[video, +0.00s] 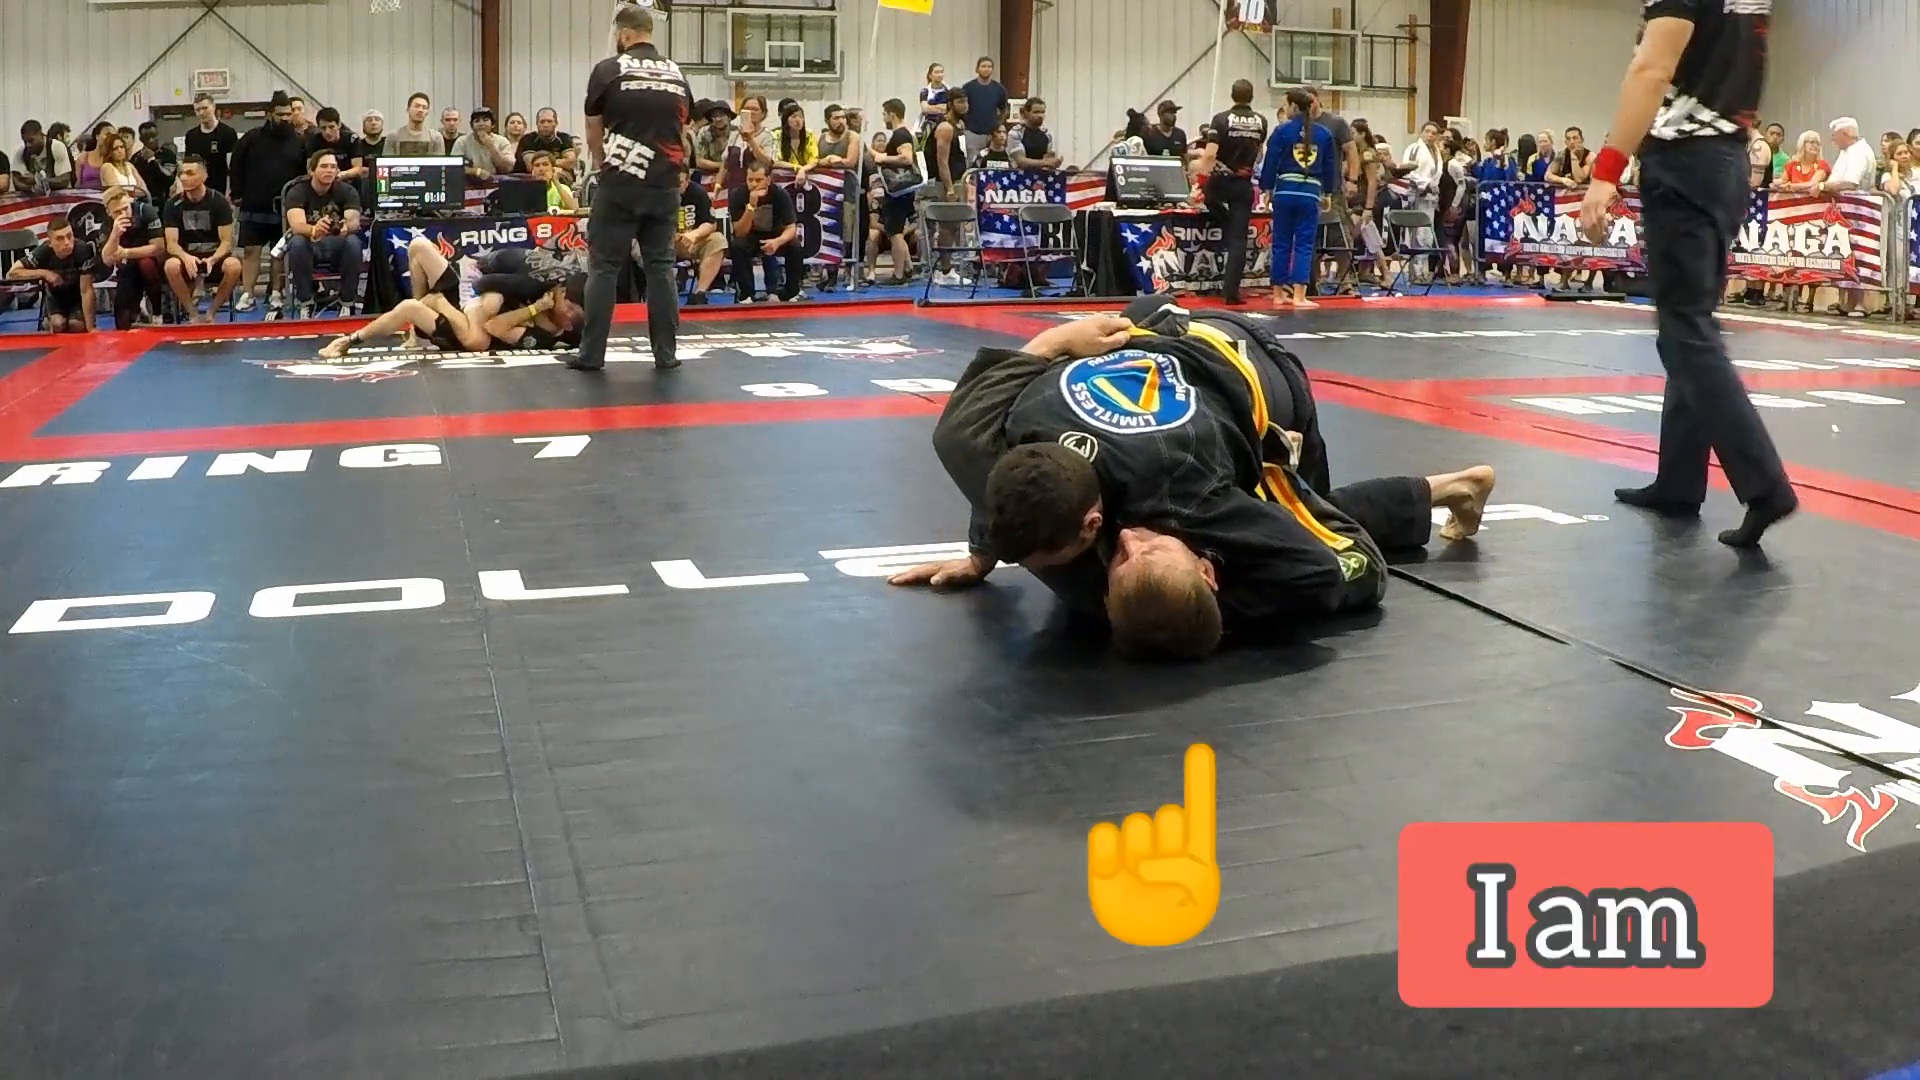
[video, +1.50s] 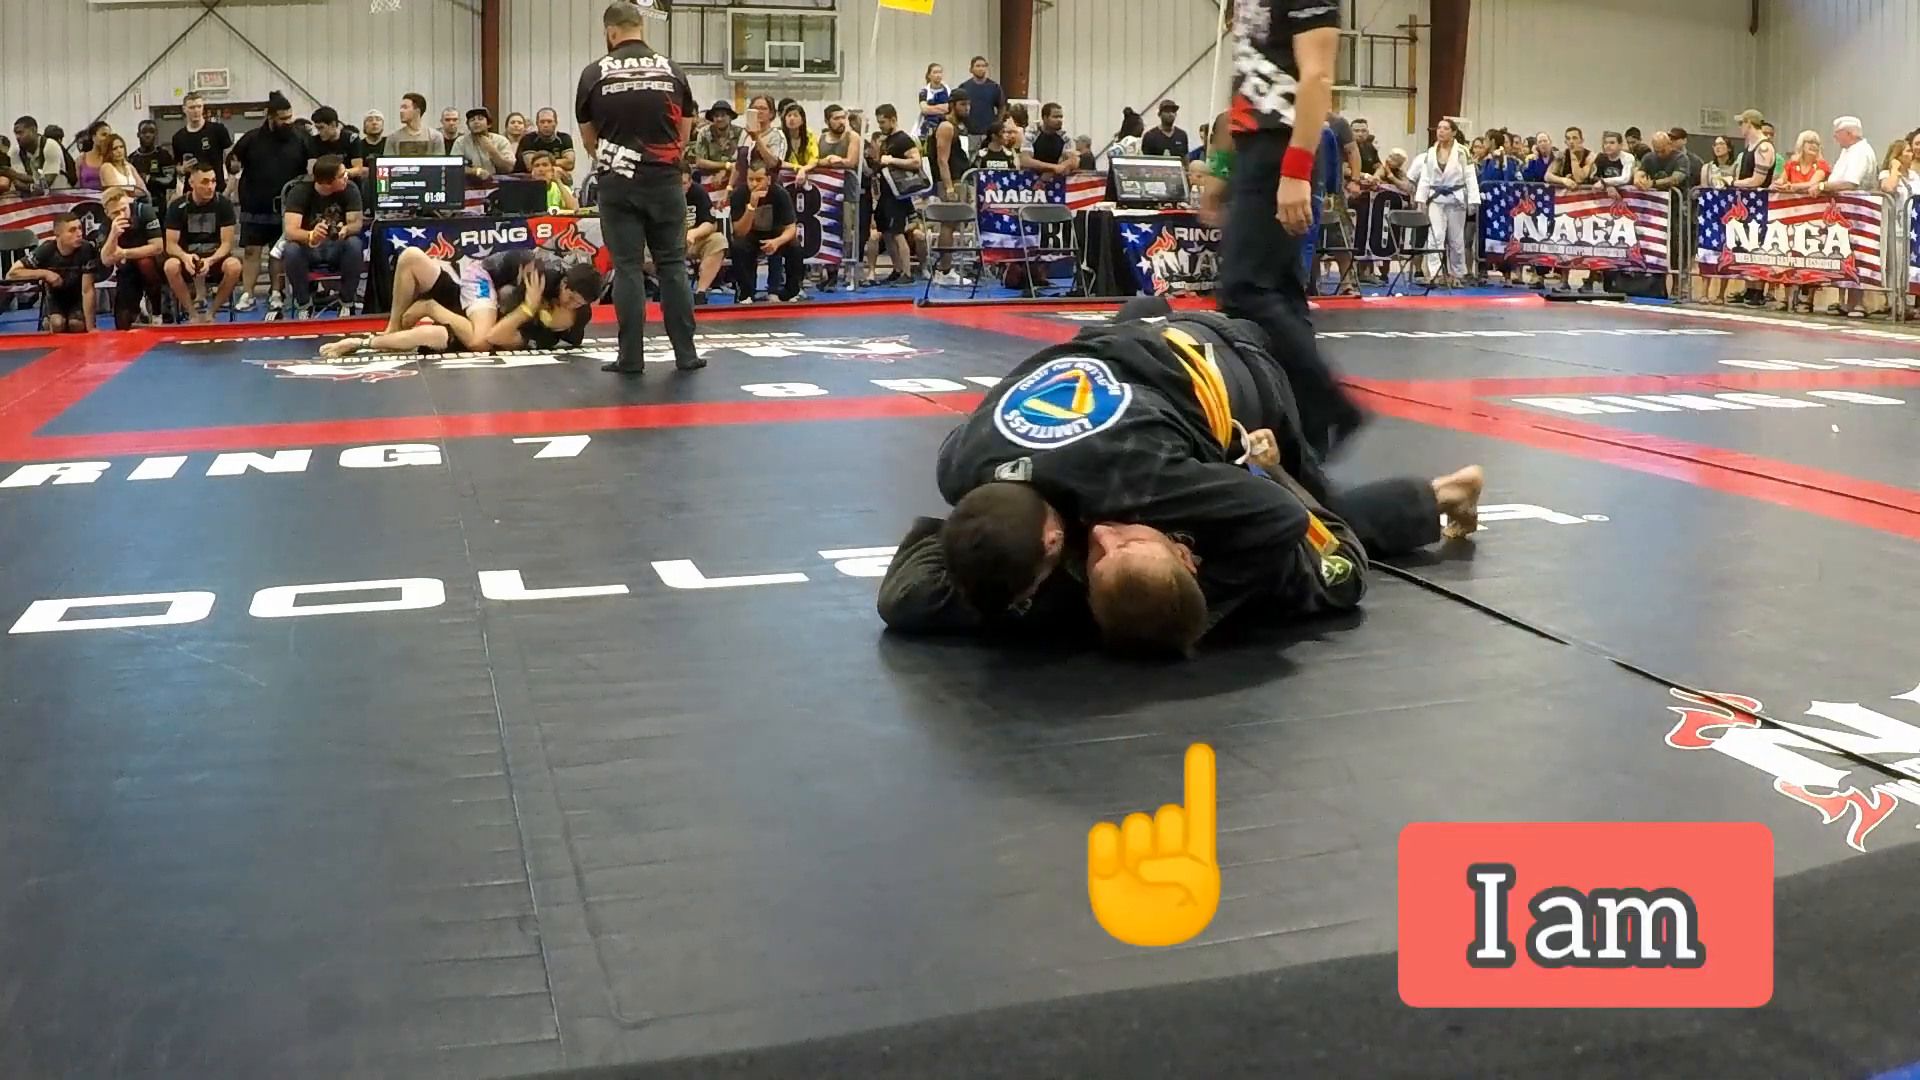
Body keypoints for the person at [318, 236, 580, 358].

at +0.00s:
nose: (566, 315)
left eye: (570, 319)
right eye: (570, 313)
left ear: (563, 326)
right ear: (562, 303)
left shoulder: (537, 332)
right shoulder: (532, 294)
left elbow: (492, 327)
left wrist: (534, 309)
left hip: (468, 331)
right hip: (468, 292)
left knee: (409, 306)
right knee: (419, 247)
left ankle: (348, 341)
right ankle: (419, 326)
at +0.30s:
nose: (565, 310)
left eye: (571, 312)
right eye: (570, 306)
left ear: (571, 324)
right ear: (566, 299)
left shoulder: (545, 336)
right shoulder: (545, 306)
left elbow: (496, 322)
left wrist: (528, 308)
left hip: (473, 332)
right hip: (470, 307)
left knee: (414, 315)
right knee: (426, 253)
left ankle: (349, 342)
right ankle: (399, 323)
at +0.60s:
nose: (575, 309)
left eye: (581, 308)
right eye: (577, 303)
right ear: (570, 290)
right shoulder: (540, 268)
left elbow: (566, 339)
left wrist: (541, 315)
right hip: (477, 273)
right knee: (480, 343)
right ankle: (432, 311)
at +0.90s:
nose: (577, 310)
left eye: (585, 306)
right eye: (575, 302)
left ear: (591, 305)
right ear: (565, 289)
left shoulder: (580, 318)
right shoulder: (544, 279)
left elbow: (505, 329)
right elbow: (500, 322)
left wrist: (521, 281)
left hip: (485, 323)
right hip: (480, 274)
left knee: (427, 330)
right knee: (410, 256)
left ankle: (354, 344)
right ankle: (395, 330)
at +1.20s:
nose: (560, 311)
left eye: (568, 310)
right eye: (559, 303)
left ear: (576, 313)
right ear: (554, 292)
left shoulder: (544, 335)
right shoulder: (540, 279)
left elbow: (490, 325)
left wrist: (508, 285)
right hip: (476, 284)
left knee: (428, 333)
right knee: (410, 256)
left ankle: (357, 344)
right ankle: (392, 332)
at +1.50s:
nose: (570, 302)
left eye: (578, 301)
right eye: (570, 295)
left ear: (583, 303)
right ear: (565, 283)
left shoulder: (570, 324)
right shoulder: (543, 270)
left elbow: (494, 339)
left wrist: (531, 305)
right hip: (478, 277)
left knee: (431, 335)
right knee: (410, 257)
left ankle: (358, 345)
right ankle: (393, 331)